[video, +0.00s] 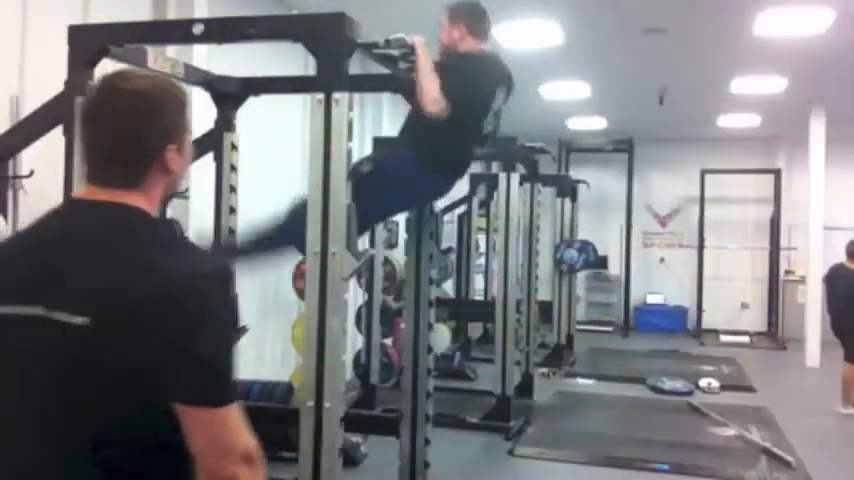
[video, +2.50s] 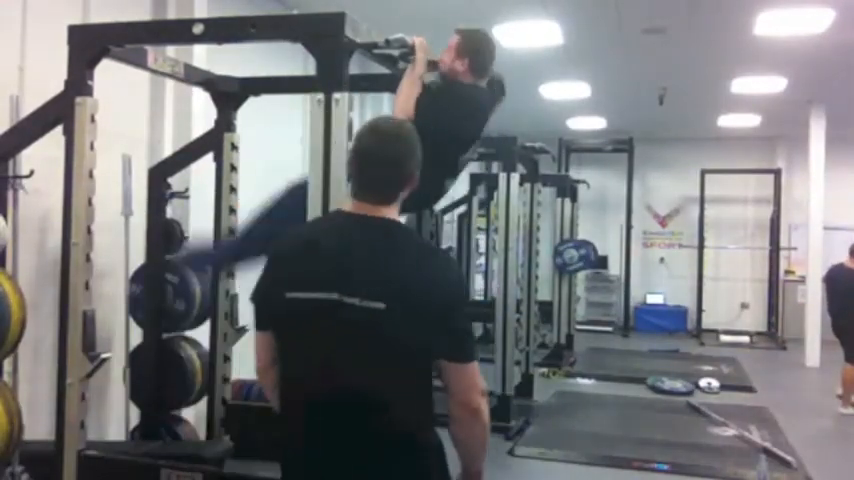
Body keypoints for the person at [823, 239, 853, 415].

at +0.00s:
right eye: (853, 252)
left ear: (846, 253)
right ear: (852, 253)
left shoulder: (834, 272)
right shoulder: (842, 273)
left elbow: (831, 305)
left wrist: (837, 325)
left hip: (840, 326)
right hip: (848, 326)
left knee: (849, 363)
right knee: (849, 363)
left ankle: (847, 402)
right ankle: (847, 403)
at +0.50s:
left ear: (847, 253)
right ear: (852, 253)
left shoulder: (835, 271)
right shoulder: (842, 273)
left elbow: (833, 303)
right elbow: (835, 304)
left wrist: (837, 318)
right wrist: (839, 319)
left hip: (840, 323)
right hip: (848, 324)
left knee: (849, 358)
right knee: (850, 361)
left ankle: (845, 389)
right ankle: (847, 401)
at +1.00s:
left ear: (848, 253)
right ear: (852, 254)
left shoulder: (836, 271)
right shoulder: (843, 272)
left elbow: (833, 302)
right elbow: (835, 303)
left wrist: (837, 318)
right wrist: (839, 319)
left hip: (841, 323)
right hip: (848, 324)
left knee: (850, 358)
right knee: (850, 360)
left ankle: (845, 389)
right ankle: (847, 400)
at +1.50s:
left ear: (848, 253)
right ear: (851, 255)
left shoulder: (836, 272)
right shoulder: (843, 273)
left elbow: (833, 304)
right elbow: (837, 305)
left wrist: (838, 321)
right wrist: (841, 324)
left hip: (840, 325)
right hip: (847, 326)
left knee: (849, 359)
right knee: (850, 361)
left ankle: (845, 389)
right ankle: (847, 401)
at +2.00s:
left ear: (849, 254)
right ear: (852, 255)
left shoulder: (835, 272)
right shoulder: (843, 273)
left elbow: (832, 302)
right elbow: (833, 303)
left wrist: (836, 319)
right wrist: (838, 320)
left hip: (839, 323)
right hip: (848, 324)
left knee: (850, 358)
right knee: (850, 361)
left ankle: (844, 389)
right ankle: (847, 401)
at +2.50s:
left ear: (849, 254)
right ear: (851, 255)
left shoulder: (834, 272)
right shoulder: (843, 273)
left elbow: (831, 304)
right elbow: (833, 305)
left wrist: (836, 319)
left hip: (839, 323)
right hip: (848, 324)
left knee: (849, 358)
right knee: (849, 361)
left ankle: (844, 388)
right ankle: (846, 402)